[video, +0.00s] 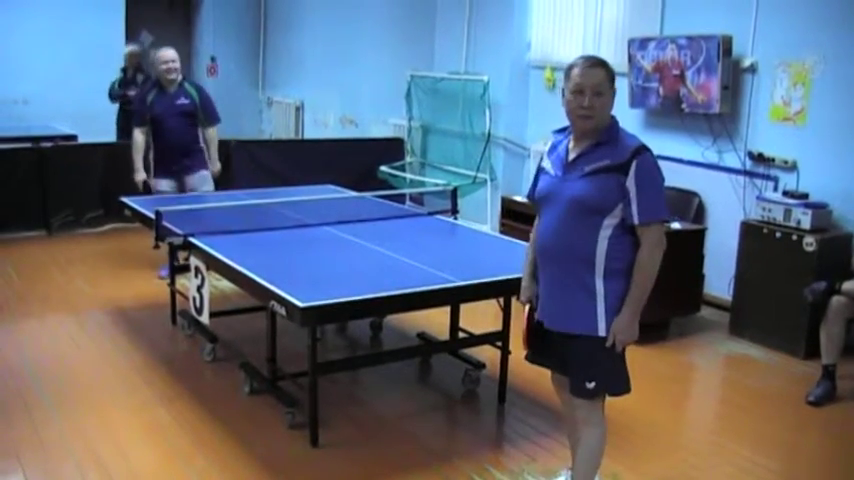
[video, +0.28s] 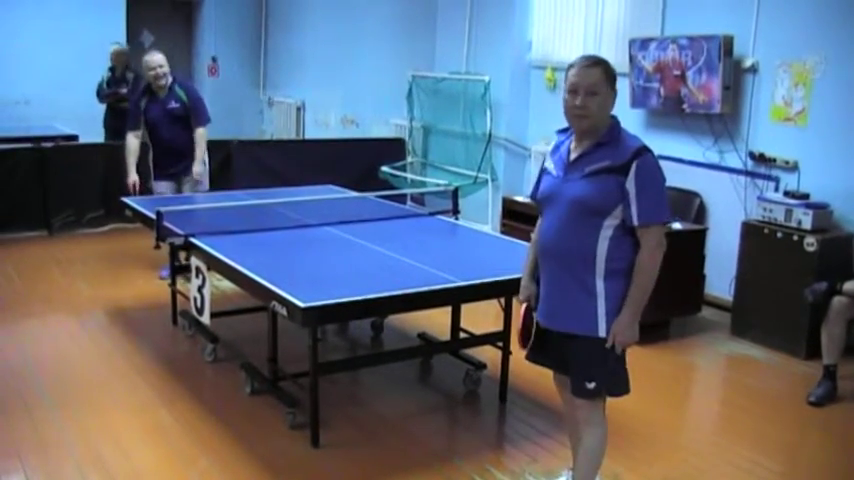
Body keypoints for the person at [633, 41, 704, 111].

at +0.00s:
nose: (671, 53)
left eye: (673, 50)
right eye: (670, 50)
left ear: (677, 51)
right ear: (666, 51)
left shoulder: (679, 65)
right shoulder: (661, 64)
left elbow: (685, 83)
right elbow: (650, 70)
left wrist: (696, 96)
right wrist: (639, 60)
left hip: (677, 97)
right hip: (664, 97)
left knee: (679, 124)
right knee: (664, 124)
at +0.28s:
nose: (672, 53)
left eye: (674, 50)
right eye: (671, 50)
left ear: (678, 51)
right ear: (667, 51)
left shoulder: (680, 65)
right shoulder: (662, 64)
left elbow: (687, 83)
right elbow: (651, 71)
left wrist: (698, 96)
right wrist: (641, 62)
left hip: (678, 97)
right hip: (666, 96)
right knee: (666, 121)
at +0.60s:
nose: (673, 53)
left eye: (675, 50)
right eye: (672, 50)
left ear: (679, 51)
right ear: (668, 51)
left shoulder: (682, 65)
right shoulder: (663, 64)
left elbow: (687, 83)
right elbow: (652, 71)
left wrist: (699, 96)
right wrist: (642, 62)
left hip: (679, 97)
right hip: (666, 96)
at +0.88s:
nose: (674, 54)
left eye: (676, 51)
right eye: (672, 51)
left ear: (679, 53)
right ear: (669, 53)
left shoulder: (682, 66)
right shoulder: (664, 65)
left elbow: (688, 84)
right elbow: (653, 72)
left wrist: (699, 97)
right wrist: (642, 63)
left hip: (680, 98)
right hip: (667, 98)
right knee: (667, 123)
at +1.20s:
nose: (675, 54)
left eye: (677, 51)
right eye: (673, 52)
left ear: (680, 52)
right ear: (670, 52)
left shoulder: (683, 66)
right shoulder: (665, 65)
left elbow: (689, 84)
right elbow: (653, 72)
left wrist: (700, 97)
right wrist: (643, 62)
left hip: (681, 98)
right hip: (668, 98)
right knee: (668, 125)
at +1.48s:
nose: (675, 54)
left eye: (677, 51)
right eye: (674, 52)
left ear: (681, 52)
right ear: (670, 53)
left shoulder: (683, 66)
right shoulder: (665, 65)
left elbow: (689, 84)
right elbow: (654, 72)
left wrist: (701, 97)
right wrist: (644, 62)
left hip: (681, 98)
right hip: (669, 98)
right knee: (669, 124)